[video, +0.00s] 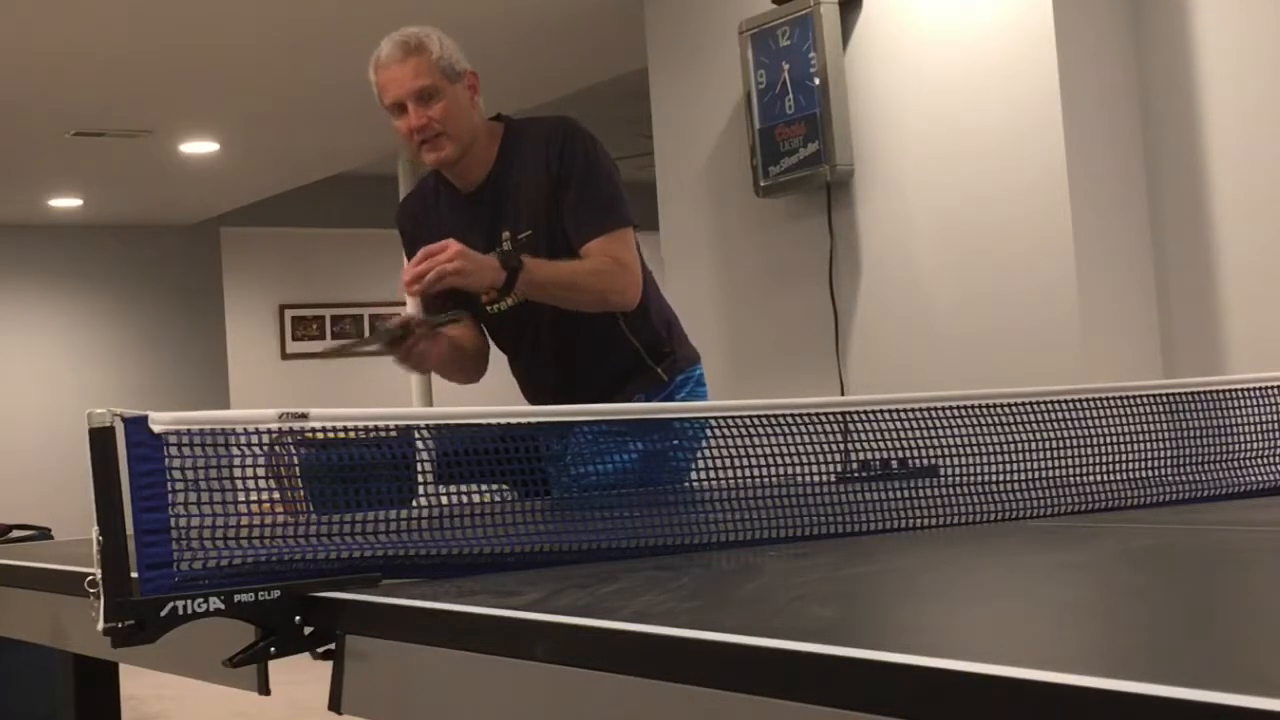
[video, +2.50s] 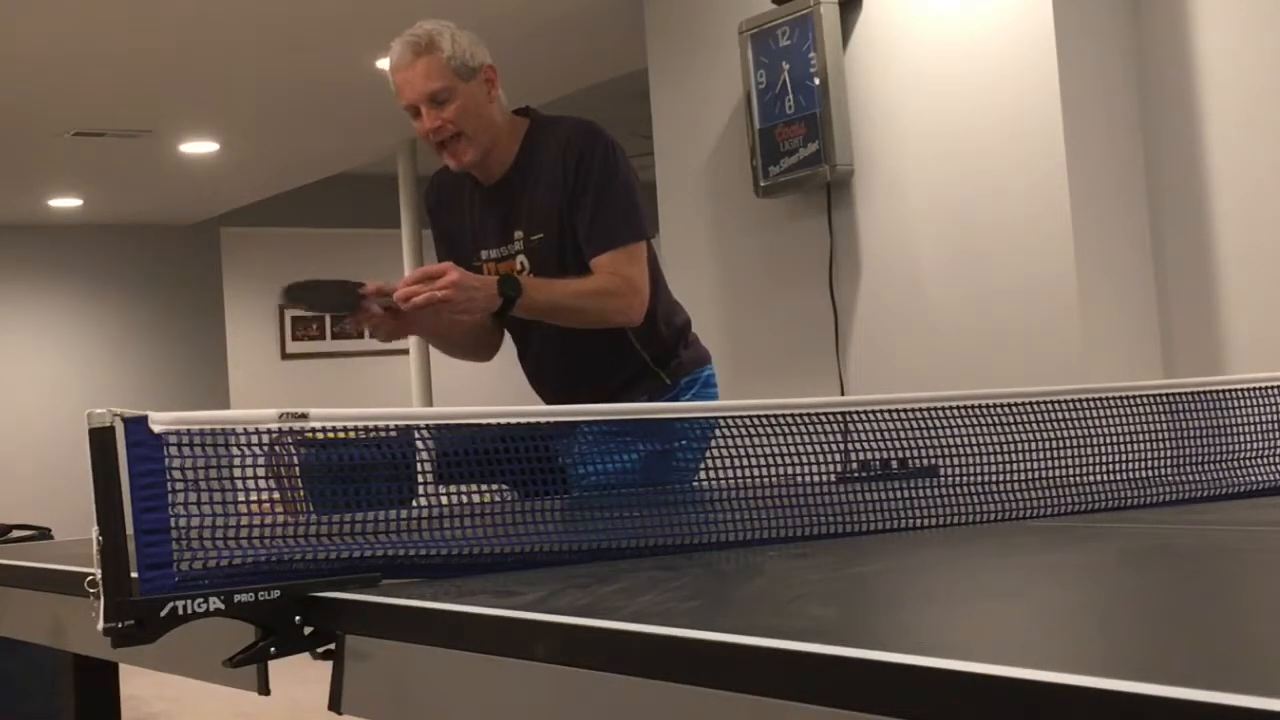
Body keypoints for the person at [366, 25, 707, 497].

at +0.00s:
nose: (417, 121)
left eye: (428, 98)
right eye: (399, 110)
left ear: (470, 87)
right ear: (390, 121)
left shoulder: (562, 146)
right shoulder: (420, 214)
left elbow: (622, 283)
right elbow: (471, 363)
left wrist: (499, 272)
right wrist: (433, 351)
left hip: (659, 395)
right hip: (565, 417)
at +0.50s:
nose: (425, 113)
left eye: (438, 90)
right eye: (409, 101)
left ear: (482, 81)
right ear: (400, 113)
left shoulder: (572, 145)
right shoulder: (431, 207)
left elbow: (639, 283)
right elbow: (473, 357)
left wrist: (517, 295)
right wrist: (443, 354)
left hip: (663, 394)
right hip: (573, 414)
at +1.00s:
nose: (405, 125)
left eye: (414, 101)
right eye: (396, 112)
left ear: (470, 82)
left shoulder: (574, 148)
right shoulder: (448, 194)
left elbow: (618, 295)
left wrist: (485, 296)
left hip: (664, 394)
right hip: (578, 413)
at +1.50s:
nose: (410, 127)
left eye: (420, 101)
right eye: (397, 115)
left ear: (471, 82)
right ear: (393, 121)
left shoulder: (570, 145)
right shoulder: (442, 198)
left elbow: (619, 293)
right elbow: (478, 345)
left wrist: (480, 293)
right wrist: (413, 327)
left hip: (665, 393)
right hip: (578, 414)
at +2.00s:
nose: (422, 122)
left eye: (432, 98)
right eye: (407, 111)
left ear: (481, 83)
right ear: (401, 118)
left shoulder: (574, 146)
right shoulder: (444, 196)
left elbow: (624, 293)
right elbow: (478, 344)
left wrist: (489, 291)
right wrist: (417, 328)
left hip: (665, 395)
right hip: (575, 413)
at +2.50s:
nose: (430, 125)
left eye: (440, 100)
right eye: (415, 113)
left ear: (489, 83)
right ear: (408, 119)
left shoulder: (581, 148)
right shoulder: (447, 194)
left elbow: (626, 299)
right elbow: (482, 343)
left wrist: (497, 293)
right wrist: (416, 320)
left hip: (666, 397)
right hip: (577, 413)